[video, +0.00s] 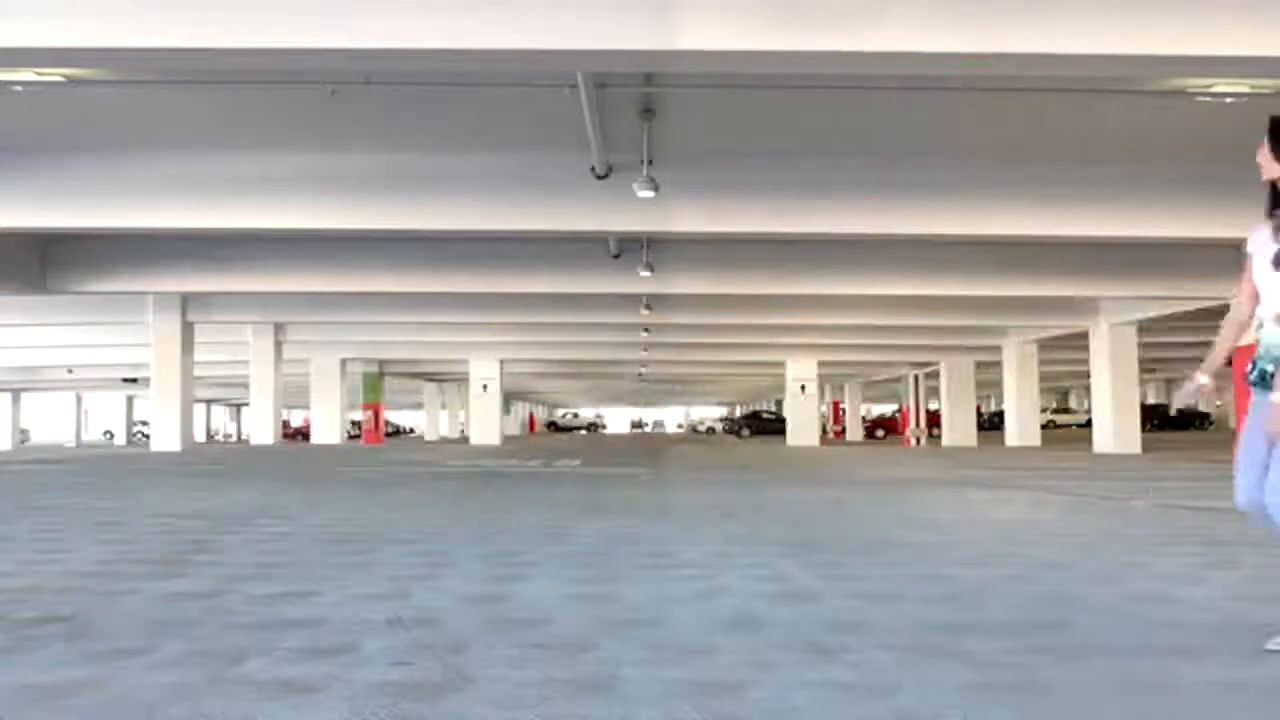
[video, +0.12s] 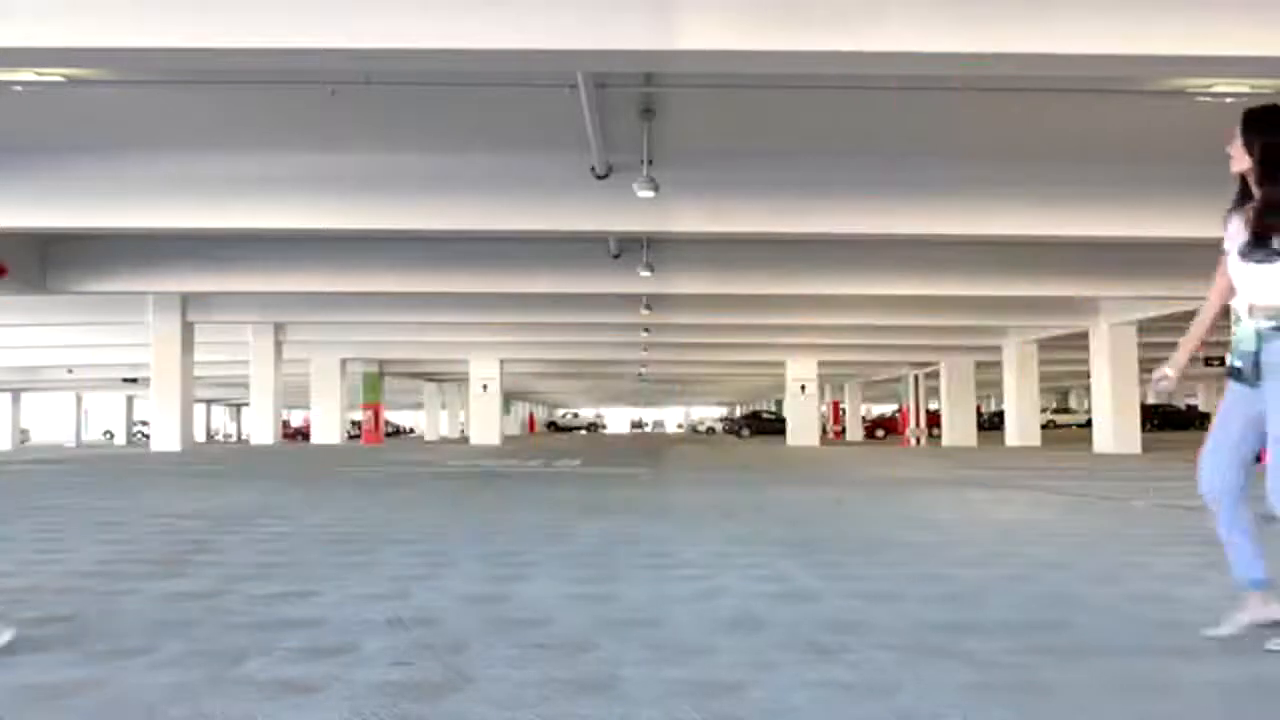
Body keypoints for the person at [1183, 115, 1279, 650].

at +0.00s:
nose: (1260, 158)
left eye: (1266, 149)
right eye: (1262, 148)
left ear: (1277, 159)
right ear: (1268, 160)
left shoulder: (1266, 238)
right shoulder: (1262, 237)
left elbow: (1244, 311)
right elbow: (1242, 310)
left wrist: (1272, 402)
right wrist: (1209, 369)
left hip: (1276, 379)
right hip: (1263, 379)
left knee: (1268, 494)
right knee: (1253, 493)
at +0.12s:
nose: (1230, 147)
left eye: (1238, 139)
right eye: (1234, 139)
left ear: (1261, 148)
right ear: (1256, 150)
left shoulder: (1272, 216)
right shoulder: (1240, 219)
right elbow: (1218, 298)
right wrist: (1179, 358)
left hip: (1276, 366)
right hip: (1248, 366)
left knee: (1274, 491)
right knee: (1218, 476)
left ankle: (1265, 601)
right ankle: (1257, 592)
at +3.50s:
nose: (938, 165)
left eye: (942, 154)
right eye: (924, 162)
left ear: (956, 160)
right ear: (911, 176)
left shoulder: (942, 225)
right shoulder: (926, 212)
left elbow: (953, 319)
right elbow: (939, 300)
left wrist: (987, 394)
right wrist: (963, 378)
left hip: (955, 369)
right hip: (926, 368)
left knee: (998, 492)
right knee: (955, 502)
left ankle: (971, 617)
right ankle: (917, 616)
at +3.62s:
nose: (936, 158)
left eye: (940, 147)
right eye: (922, 155)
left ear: (956, 153)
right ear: (910, 170)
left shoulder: (953, 219)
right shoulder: (924, 209)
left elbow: (958, 310)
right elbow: (933, 294)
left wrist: (984, 384)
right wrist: (954, 371)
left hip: (958, 360)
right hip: (924, 358)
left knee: (994, 493)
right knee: (938, 494)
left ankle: (971, 617)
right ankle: (915, 616)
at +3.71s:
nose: (936, 165)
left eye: (940, 154)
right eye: (922, 163)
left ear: (957, 160)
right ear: (912, 179)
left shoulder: (958, 227)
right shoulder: (926, 218)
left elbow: (960, 318)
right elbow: (931, 306)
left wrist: (988, 389)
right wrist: (948, 383)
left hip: (957, 364)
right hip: (922, 365)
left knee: (1000, 489)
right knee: (935, 494)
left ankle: (971, 616)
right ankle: (915, 615)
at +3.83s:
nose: (934, 172)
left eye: (939, 161)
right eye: (921, 170)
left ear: (957, 166)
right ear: (913, 183)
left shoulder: (968, 235)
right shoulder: (924, 224)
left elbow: (967, 325)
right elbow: (910, 307)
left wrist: (992, 394)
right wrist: (921, 391)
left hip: (961, 374)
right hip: (918, 371)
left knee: (1004, 494)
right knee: (933, 497)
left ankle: (971, 615)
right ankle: (916, 616)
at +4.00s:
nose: (920, 160)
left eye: (928, 150)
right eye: (914, 152)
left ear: (956, 150)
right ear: (914, 158)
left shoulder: (991, 215)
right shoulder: (907, 210)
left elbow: (1028, 285)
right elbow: (842, 260)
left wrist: (1014, 329)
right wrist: (866, 323)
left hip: (976, 354)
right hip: (917, 350)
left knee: (986, 490)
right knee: (918, 488)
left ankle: (993, 614)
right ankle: (912, 613)